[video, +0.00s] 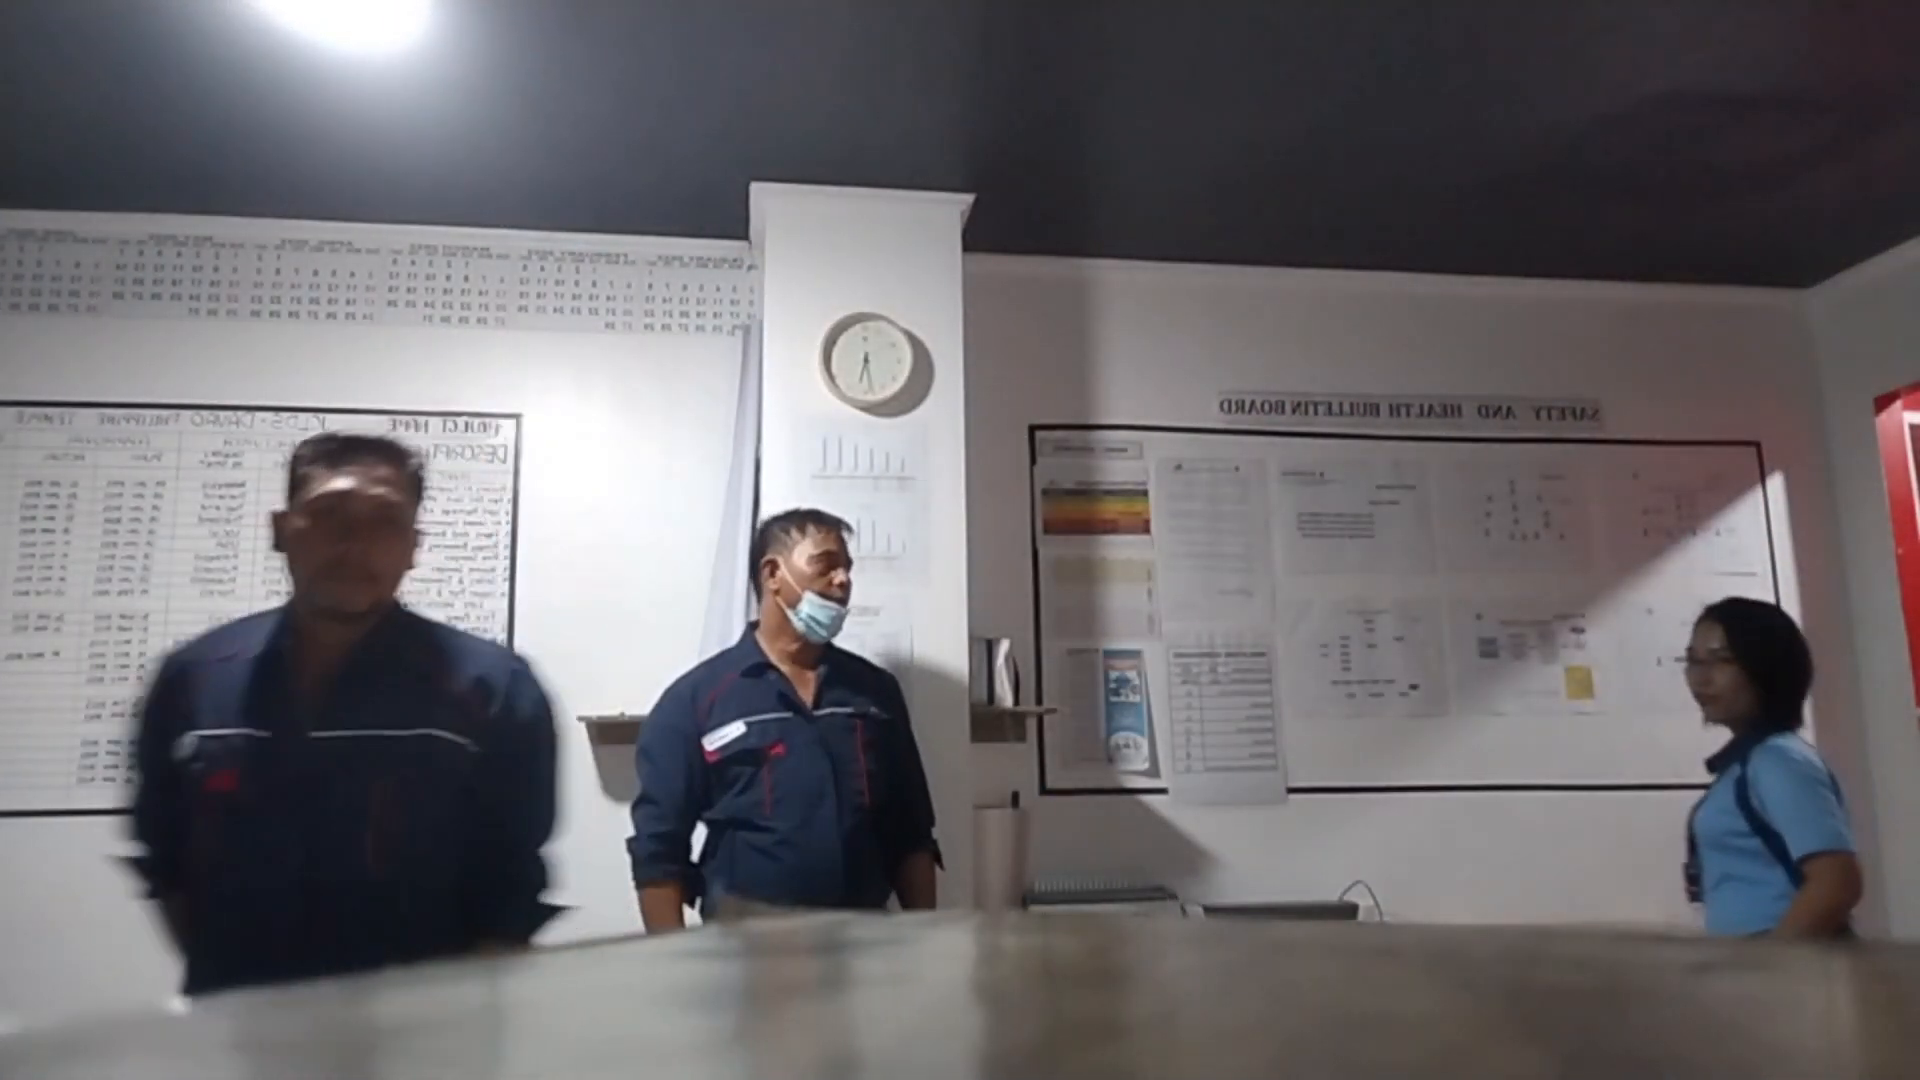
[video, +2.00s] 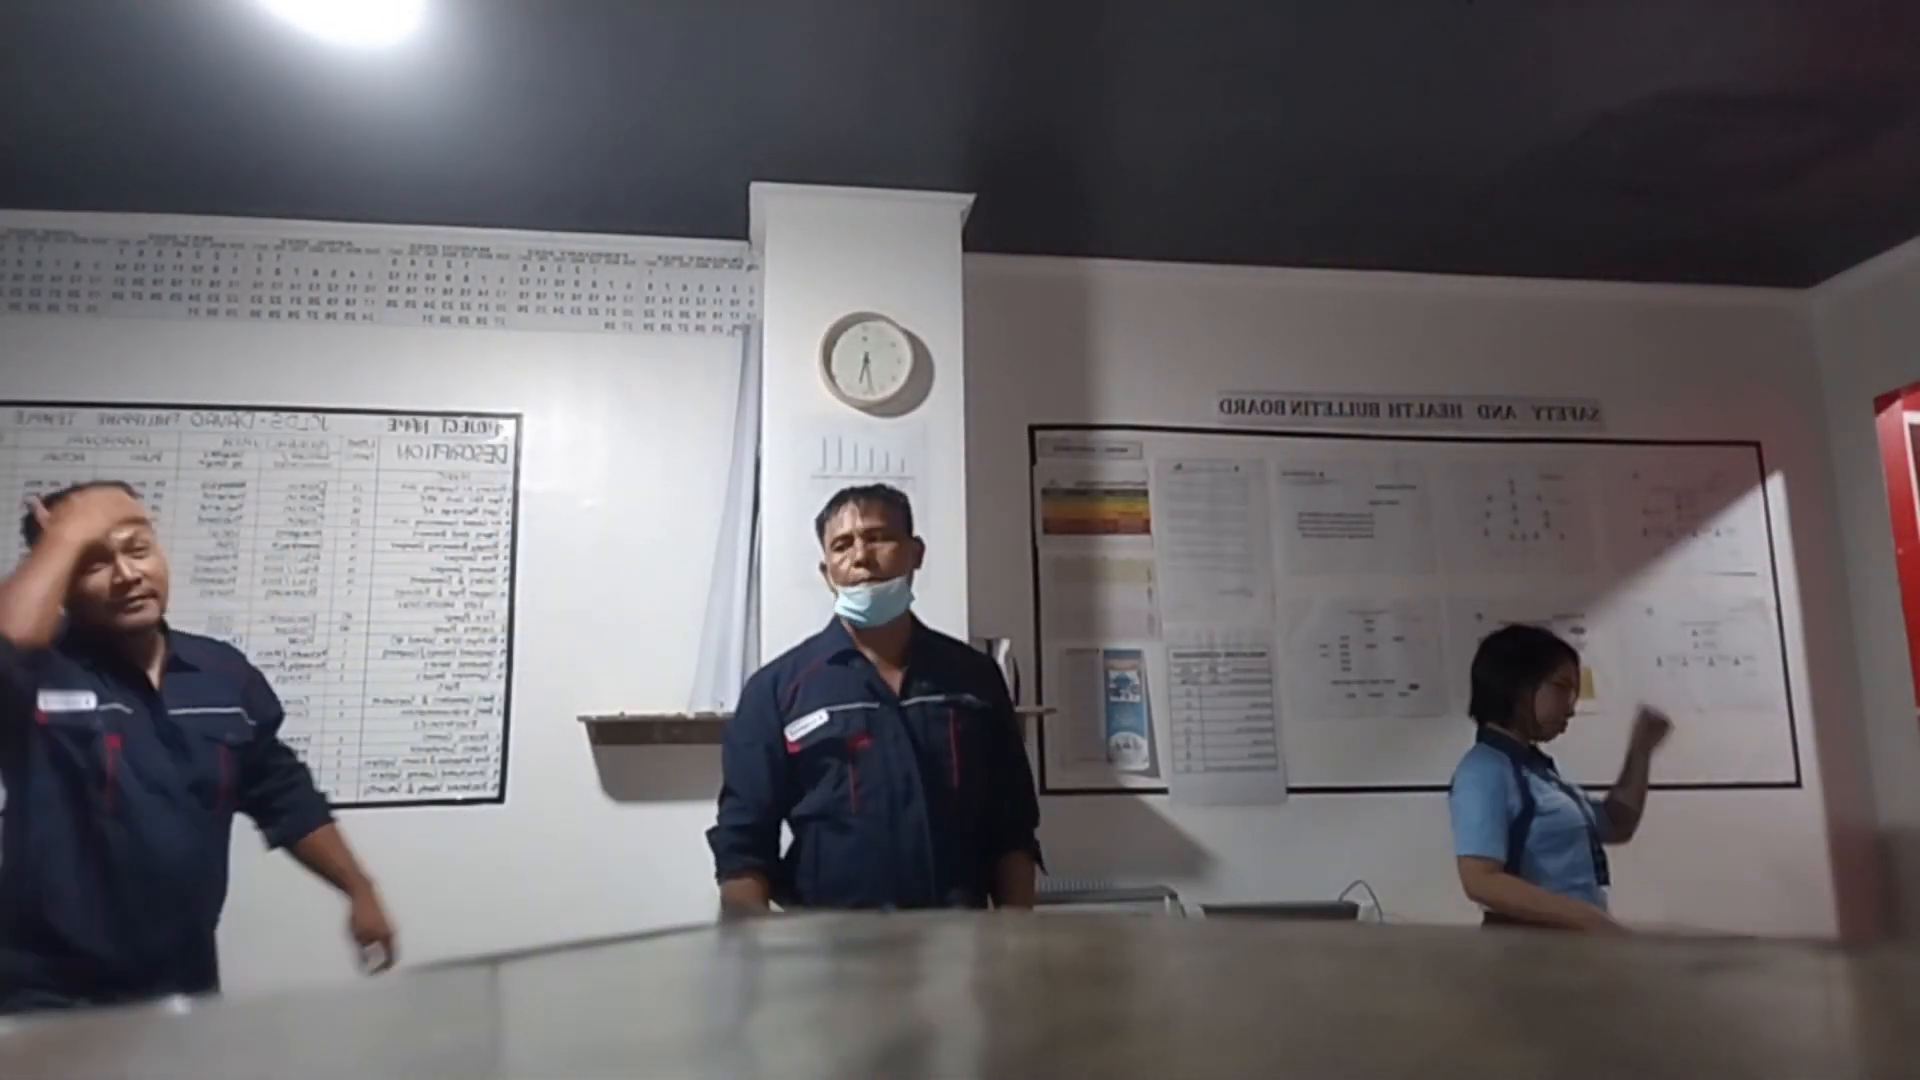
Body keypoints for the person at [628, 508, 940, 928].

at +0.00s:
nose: (843, 580)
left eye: (846, 567)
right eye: (824, 564)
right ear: (773, 575)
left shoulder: (877, 692)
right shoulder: (694, 702)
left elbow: (912, 836)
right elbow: (657, 851)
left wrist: (927, 946)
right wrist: (675, 973)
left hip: (863, 941)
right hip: (748, 944)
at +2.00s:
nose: (860, 555)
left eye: (878, 538)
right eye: (842, 545)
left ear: (915, 554)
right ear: (826, 571)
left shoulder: (975, 677)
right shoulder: (775, 692)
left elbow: (1013, 831)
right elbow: (741, 847)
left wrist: (1015, 950)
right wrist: (761, 959)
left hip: (959, 945)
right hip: (828, 951)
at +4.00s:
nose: (806, 564)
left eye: (818, 549)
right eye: (784, 556)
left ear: (836, 565)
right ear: (754, 585)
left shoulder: (902, 679)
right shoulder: (710, 709)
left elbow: (951, 816)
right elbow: (679, 861)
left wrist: (952, 934)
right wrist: (692, 979)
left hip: (893, 944)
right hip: (771, 948)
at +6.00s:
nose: (827, 563)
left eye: (843, 550)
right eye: (806, 551)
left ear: (866, 574)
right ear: (779, 579)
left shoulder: (916, 676)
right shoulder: (721, 693)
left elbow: (956, 811)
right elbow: (676, 848)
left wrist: (871, 728)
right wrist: (681, 976)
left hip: (886, 940)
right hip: (763, 942)